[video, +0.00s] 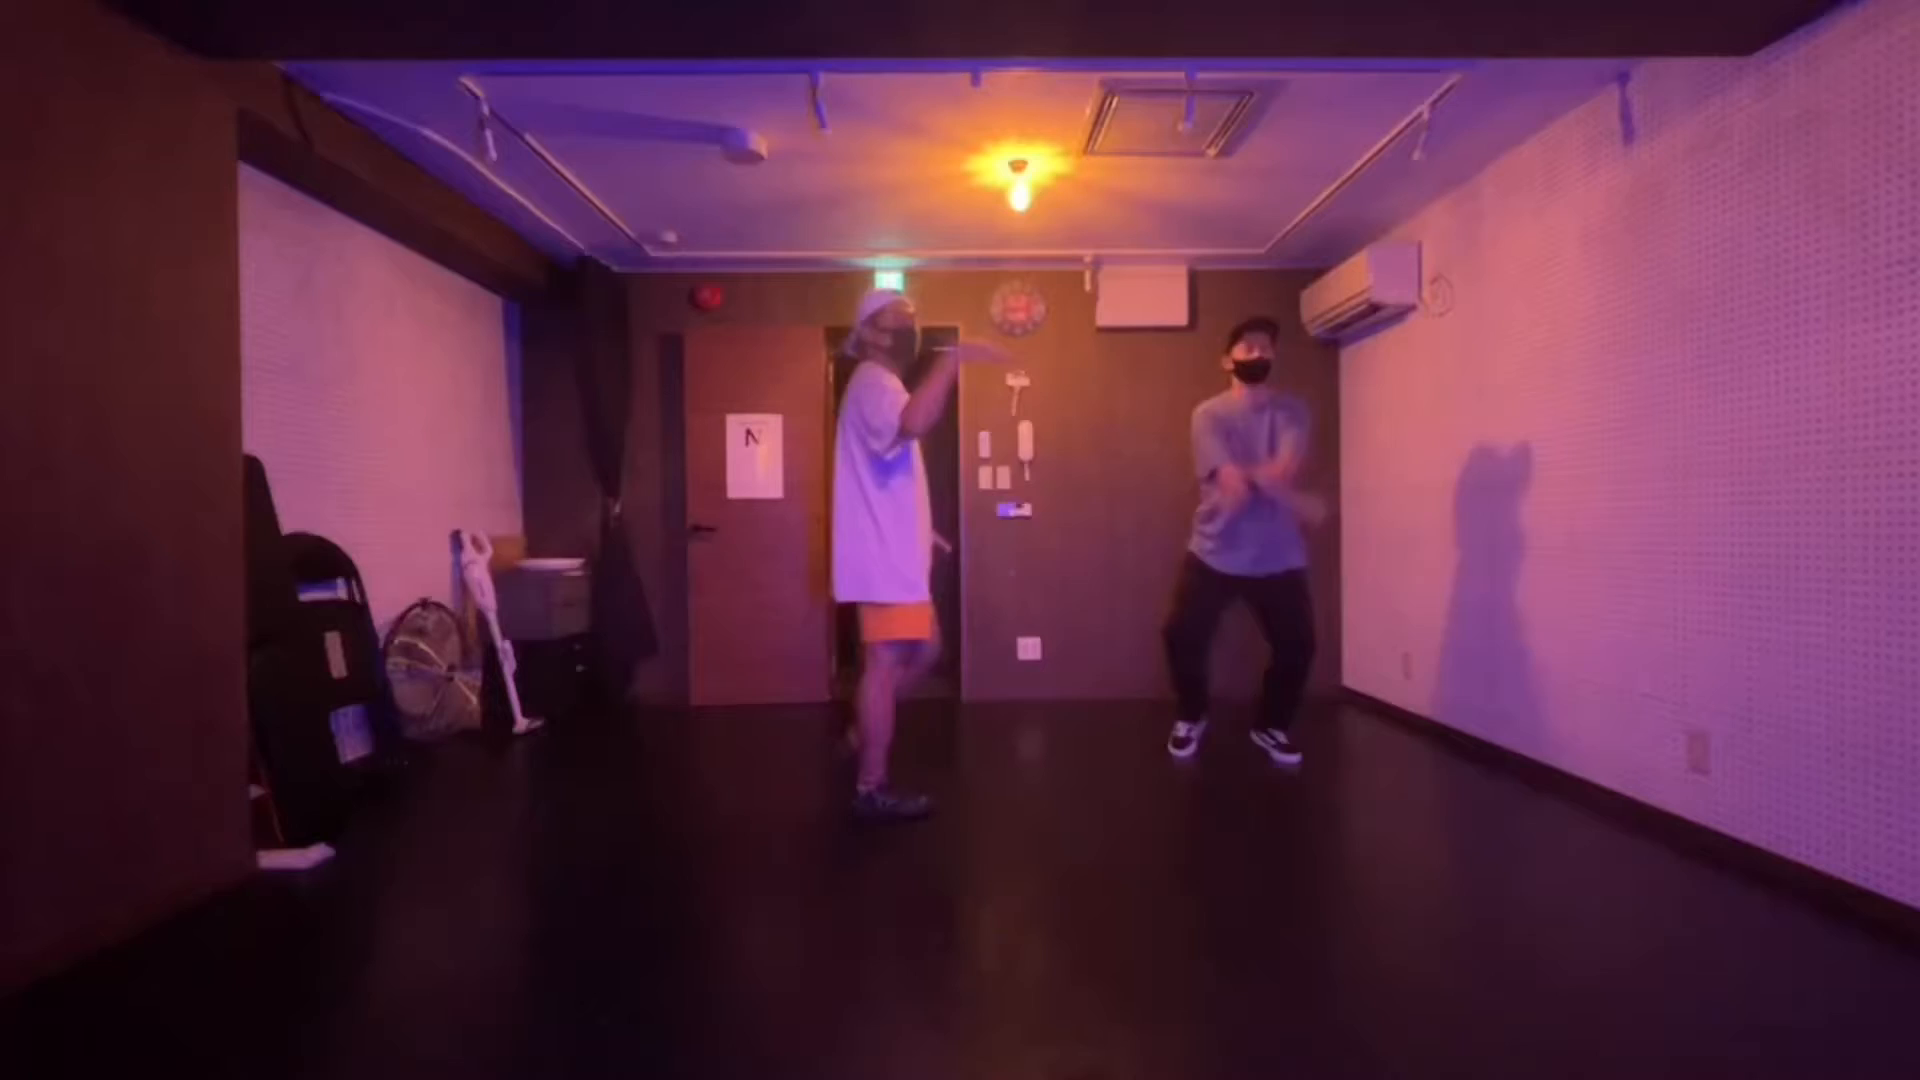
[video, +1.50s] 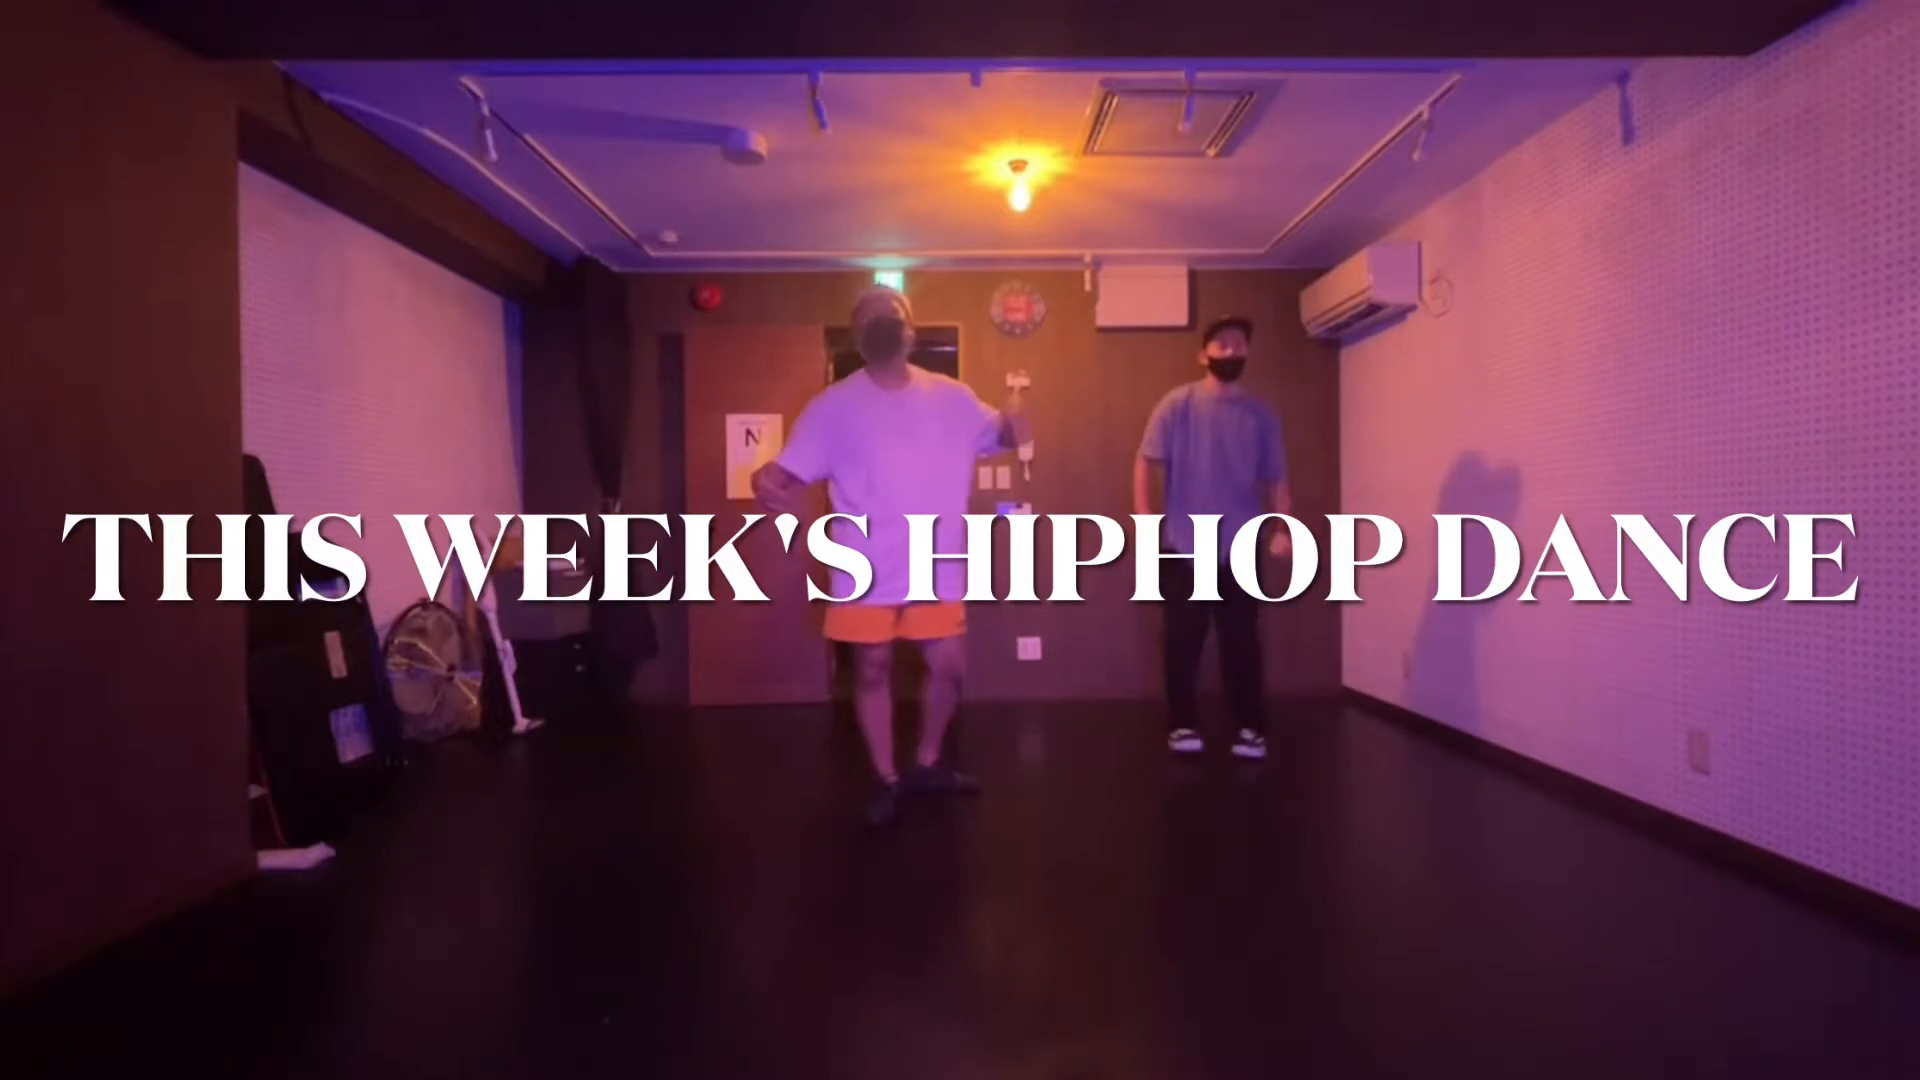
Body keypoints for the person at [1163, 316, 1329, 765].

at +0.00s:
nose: (1257, 354)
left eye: (1265, 347)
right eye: (1248, 346)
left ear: (1276, 358)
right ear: (1229, 357)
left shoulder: (1290, 411)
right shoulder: (1209, 414)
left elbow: (1288, 466)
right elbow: (1227, 480)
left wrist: (1242, 478)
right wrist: (1298, 502)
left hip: (1276, 556)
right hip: (1217, 555)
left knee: (1297, 646)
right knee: (1182, 633)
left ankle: (1272, 725)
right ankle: (1191, 716)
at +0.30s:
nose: (1243, 344)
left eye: (1251, 339)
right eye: (1235, 336)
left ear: (1260, 348)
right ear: (1215, 343)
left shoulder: (1264, 385)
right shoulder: (1196, 381)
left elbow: (1267, 390)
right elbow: (1200, 412)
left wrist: (1204, 399)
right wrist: (1286, 420)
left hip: (1256, 532)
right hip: (1201, 532)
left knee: (1268, 632)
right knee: (1184, 630)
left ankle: (1276, 727)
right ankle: (1161, 725)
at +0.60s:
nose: (1232, 353)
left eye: (1239, 346)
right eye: (1224, 345)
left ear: (1250, 352)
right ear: (1207, 351)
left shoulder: (1261, 391)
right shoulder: (1189, 392)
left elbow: (1266, 428)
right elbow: (1200, 435)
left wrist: (1216, 426)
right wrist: (1261, 445)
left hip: (1252, 536)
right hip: (1197, 536)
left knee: (1263, 637)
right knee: (1181, 635)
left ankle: (1276, 727)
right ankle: (1161, 726)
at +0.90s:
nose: (1228, 386)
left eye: (1236, 379)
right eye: (1219, 378)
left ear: (1246, 388)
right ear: (1200, 390)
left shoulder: (1262, 437)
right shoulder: (1179, 438)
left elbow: (1313, 459)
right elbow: (1134, 468)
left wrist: (1346, 471)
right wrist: (1138, 495)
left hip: (1249, 575)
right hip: (1192, 575)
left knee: (1281, 654)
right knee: (1181, 652)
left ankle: (1277, 729)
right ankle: (1162, 728)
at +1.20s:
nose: (1226, 374)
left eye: (1234, 368)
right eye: (1217, 367)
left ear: (1244, 377)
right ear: (1199, 377)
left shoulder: (1260, 430)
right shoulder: (1176, 429)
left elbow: (1296, 493)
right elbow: (1140, 485)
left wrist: (1316, 545)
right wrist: (1141, 542)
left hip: (1245, 570)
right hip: (1184, 570)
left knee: (1288, 639)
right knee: (1166, 650)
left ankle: (1269, 732)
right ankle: (1170, 734)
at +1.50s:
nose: (1231, 352)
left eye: (1239, 345)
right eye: (1222, 344)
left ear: (1249, 355)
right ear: (1204, 353)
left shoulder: (1261, 414)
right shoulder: (1176, 404)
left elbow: (1277, 480)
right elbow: (1146, 465)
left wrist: (1282, 532)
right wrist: (1146, 525)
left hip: (1240, 545)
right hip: (1183, 544)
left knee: (1242, 637)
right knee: (1183, 636)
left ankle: (1249, 726)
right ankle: (1182, 725)